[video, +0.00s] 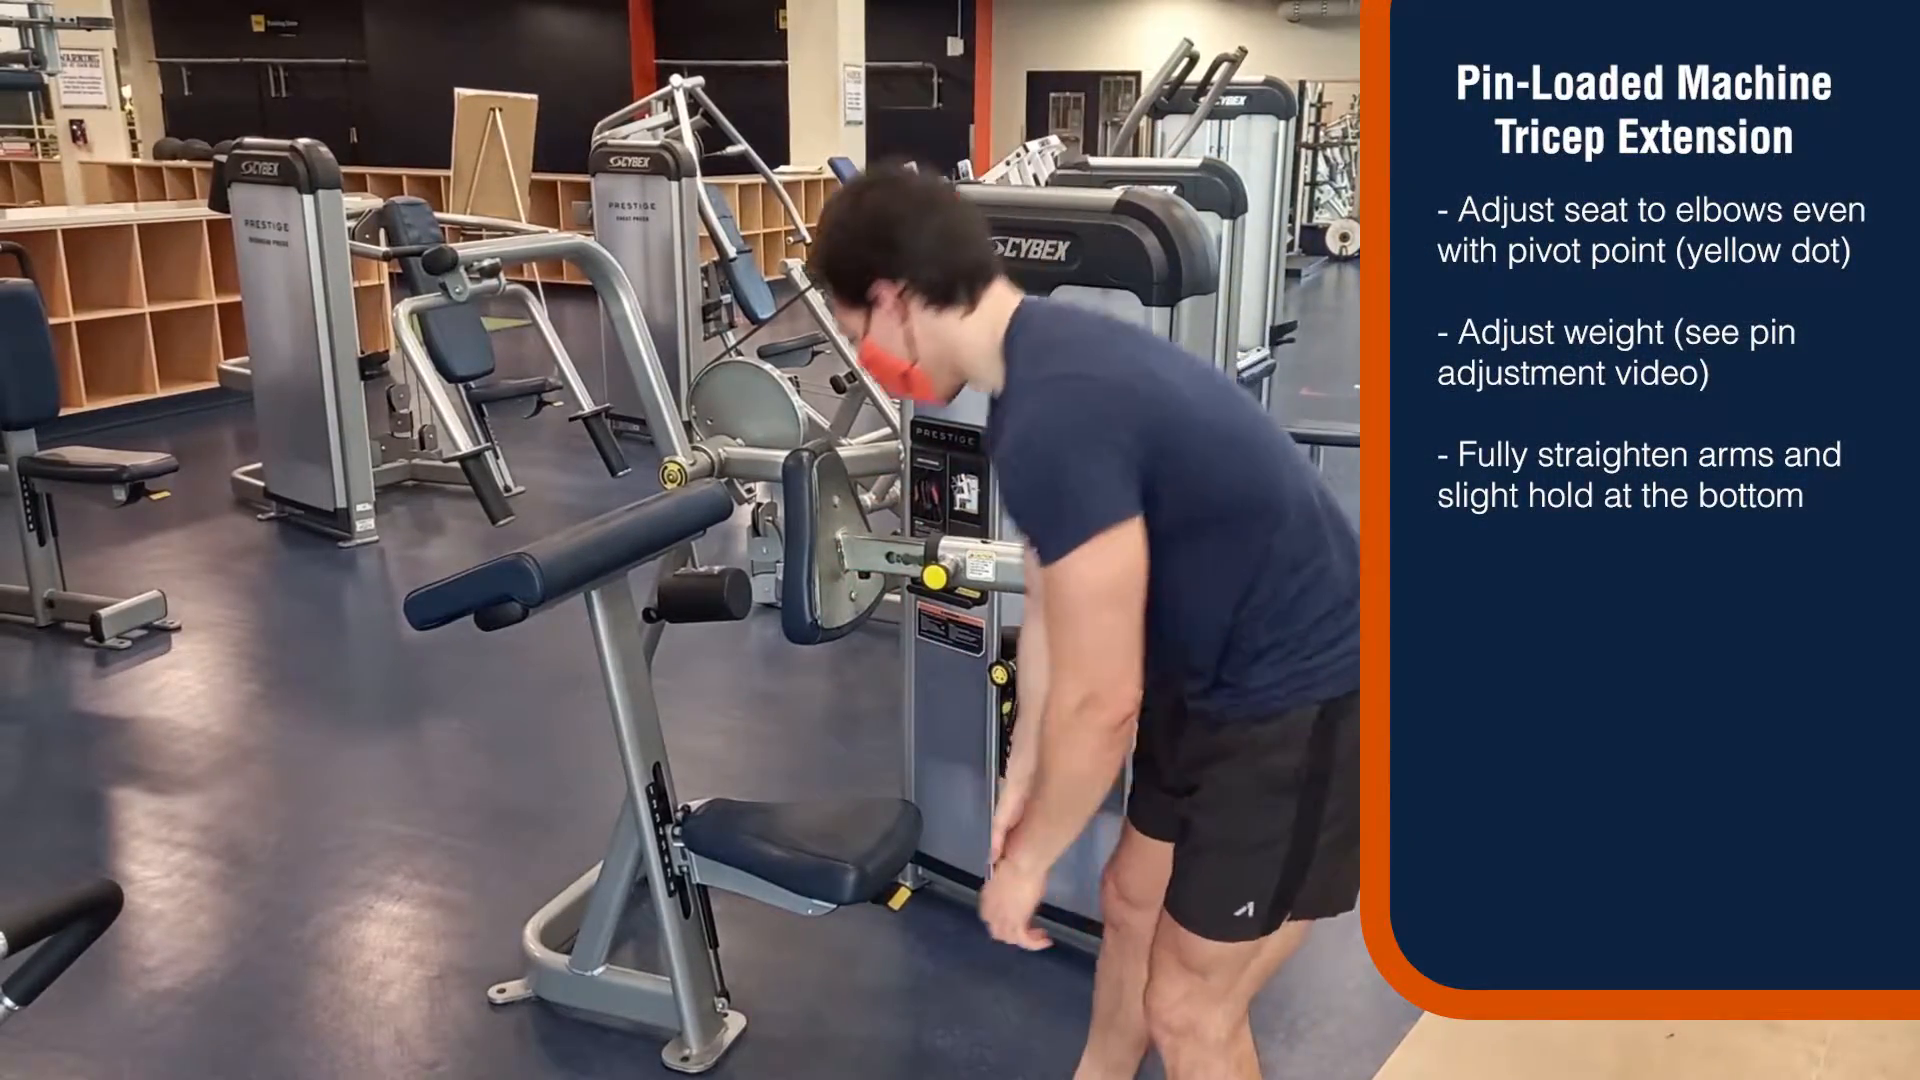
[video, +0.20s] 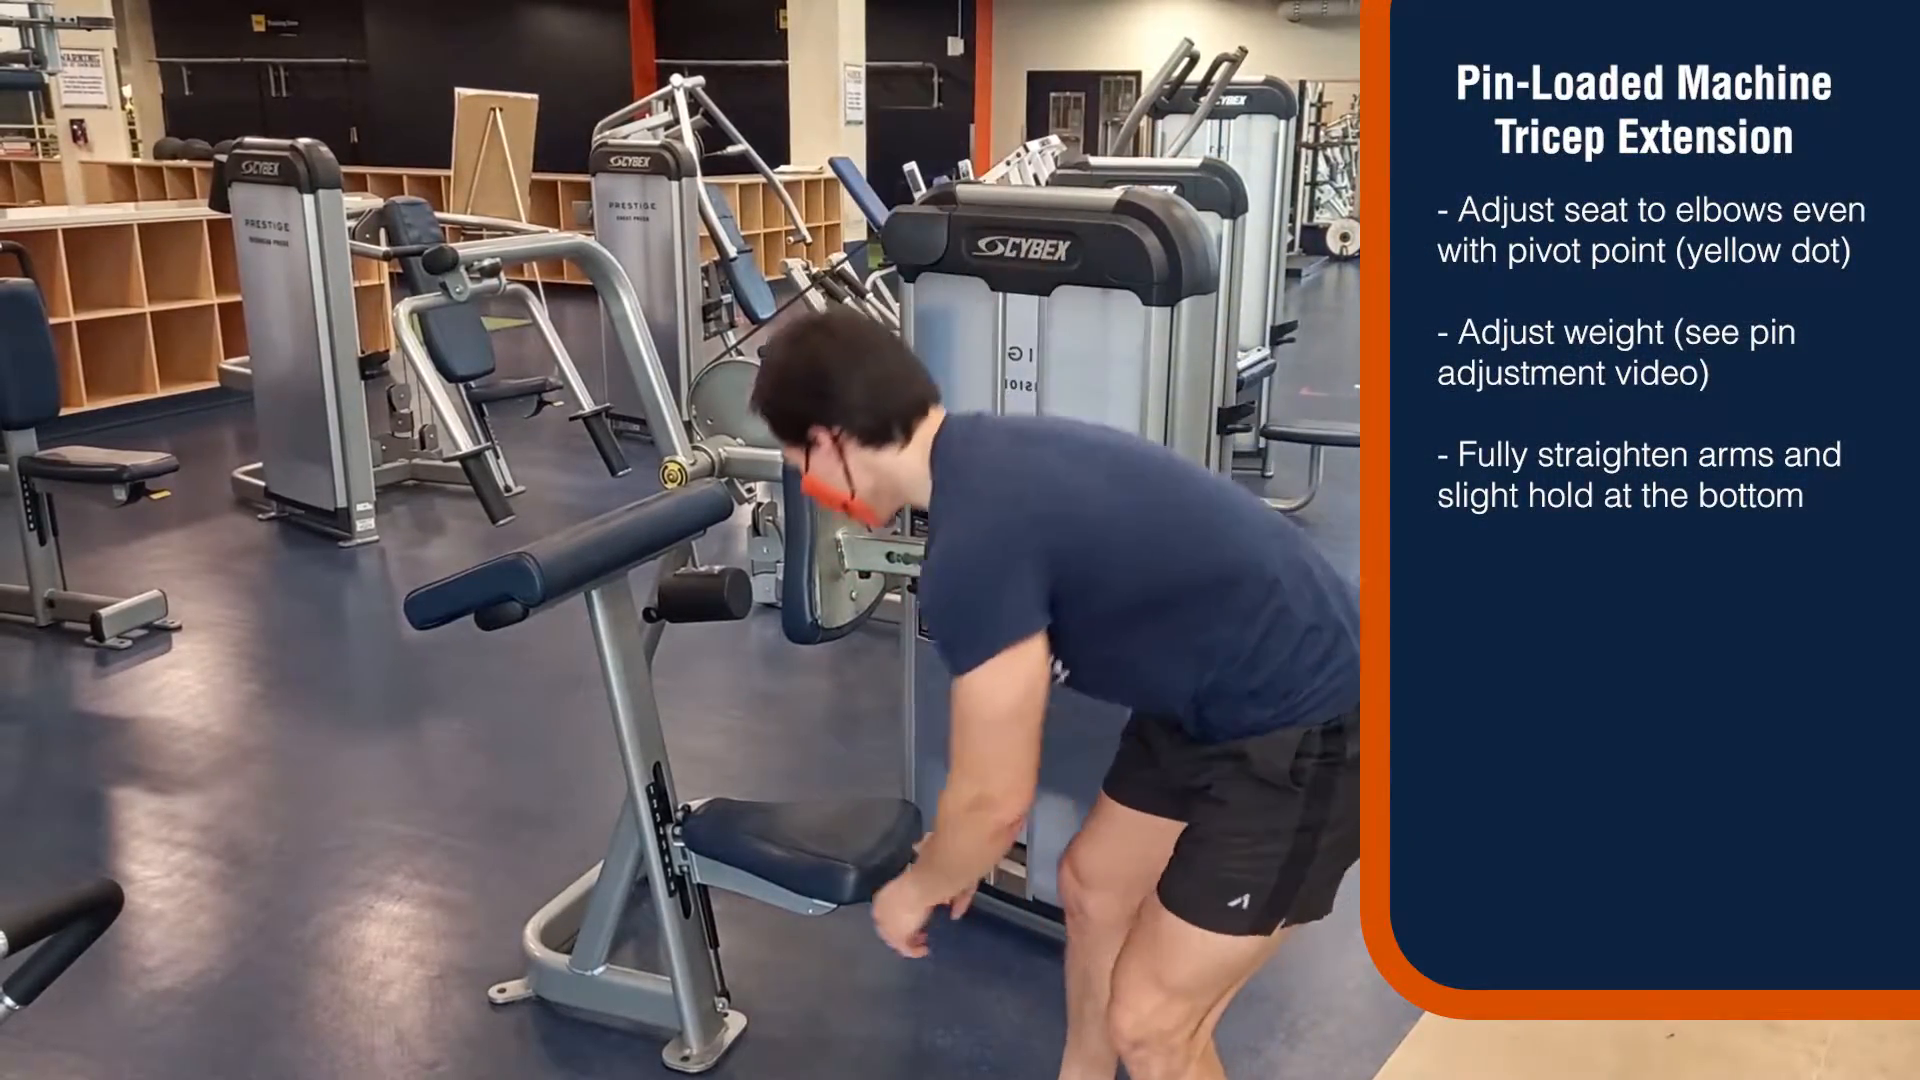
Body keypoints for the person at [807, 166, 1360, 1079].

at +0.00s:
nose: (867, 360)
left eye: (858, 332)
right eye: (854, 338)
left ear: (895, 299)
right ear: (911, 296)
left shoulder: (1061, 410)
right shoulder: (1032, 379)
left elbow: (1105, 705)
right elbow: (1045, 615)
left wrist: (1028, 862)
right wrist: (1023, 782)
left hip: (1301, 688)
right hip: (1204, 674)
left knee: (1191, 1008)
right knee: (1134, 902)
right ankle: (1104, 1070)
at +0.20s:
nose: (806, 481)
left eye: (797, 456)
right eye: (793, 459)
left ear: (832, 443)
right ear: (906, 390)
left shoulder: (980, 531)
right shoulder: (984, 460)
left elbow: (994, 800)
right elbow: (1013, 684)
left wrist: (919, 885)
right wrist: (970, 844)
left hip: (1306, 717)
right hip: (1203, 693)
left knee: (1154, 1023)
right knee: (1094, 888)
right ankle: (1087, 1068)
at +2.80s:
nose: (764, 512)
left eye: (759, 487)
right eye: (757, 491)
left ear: (794, 476)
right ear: (872, 441)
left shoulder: (857, 588)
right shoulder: (967, 477)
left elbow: (858, 799)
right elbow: (1018, 684)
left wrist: (815, 845)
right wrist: (907, 813)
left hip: (1257, 735)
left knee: (1084, 1042)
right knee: (1062, 877)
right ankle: (1113, 1053)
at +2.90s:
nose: (762, 475)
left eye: (759, 448)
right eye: (757, 450)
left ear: (790, 442)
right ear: (871, 411)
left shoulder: (853, 565)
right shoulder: (950, 456)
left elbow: (860, 769)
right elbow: (1021, 656)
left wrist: (819, 828)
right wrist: (919, 802)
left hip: (1249, 729)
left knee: (1092, 1040)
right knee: (1070, 885)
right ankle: (1129, 1056)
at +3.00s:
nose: (763, 405)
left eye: (761, 381)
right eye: (759, 383)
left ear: (794, 377)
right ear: (882, 352)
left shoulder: (860, 498)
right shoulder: (958, 418)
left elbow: (866, 743)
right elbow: (1026, 626)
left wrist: (833, 812)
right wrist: (948, 785)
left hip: (1234, 712)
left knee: (1095, 1044)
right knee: (1067, 894)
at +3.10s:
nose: (770, 319)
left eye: (774, 287)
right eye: (767, 290)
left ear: (816, 284)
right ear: (895, 275)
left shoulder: (860, 430)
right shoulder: (979, 363)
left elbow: (879, 689)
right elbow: (1046, 591)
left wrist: (853, 807)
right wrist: (972, 762)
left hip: (1203, 704)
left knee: (1096, 1049)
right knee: (1041, 888)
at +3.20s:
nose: (792, 237)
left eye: (794, 206)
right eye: (791, 207)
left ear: (827, 205)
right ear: (929, 198)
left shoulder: (862, 358)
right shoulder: (1004, 306)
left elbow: (891, 628)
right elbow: (1083, 540)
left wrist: (876, 793)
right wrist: (977, 716)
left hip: (1160, 693)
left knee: (1100, 1037)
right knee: (1008, 875)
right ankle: (1026, 1072)